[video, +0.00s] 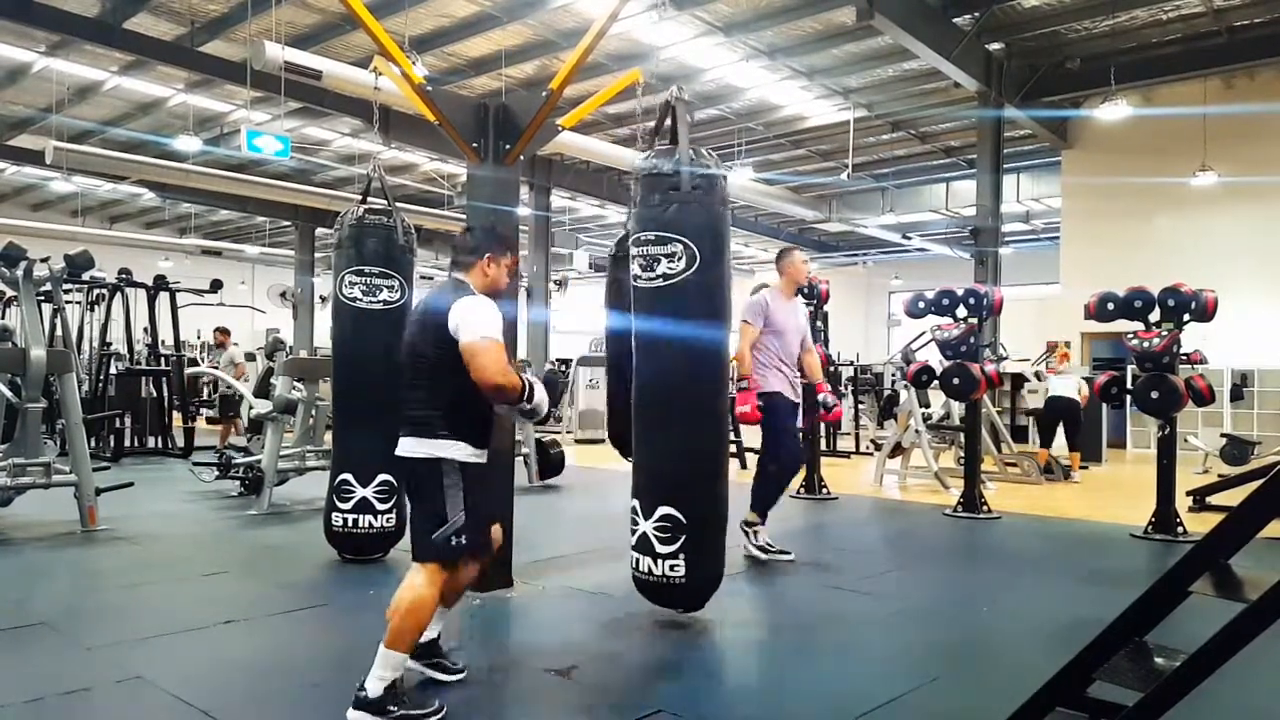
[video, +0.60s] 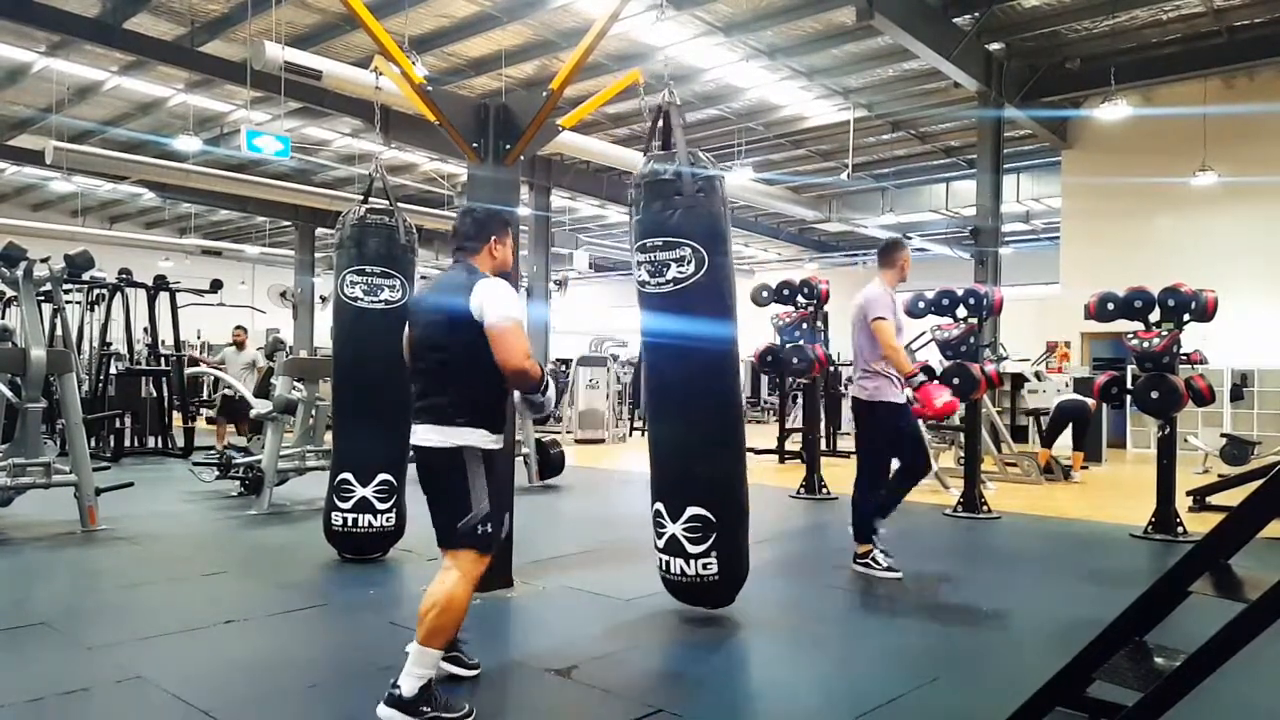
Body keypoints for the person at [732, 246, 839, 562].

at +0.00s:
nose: (809, 269)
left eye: (808, 264)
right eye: (804, 263)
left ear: (792, 270)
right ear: (785, 268)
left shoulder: (800, 308)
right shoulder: (761, 300)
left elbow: (808, 353)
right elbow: (744, 344)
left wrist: (822, 388)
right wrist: (745, 388)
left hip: (791, 390)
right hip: (768, 388)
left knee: (773, 458)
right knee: (791, 457)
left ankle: (757, 534)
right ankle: (752, 521)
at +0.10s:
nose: (825, 270)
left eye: (824, 264)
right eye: (821, 263)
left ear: (808, 268)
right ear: (806, 267)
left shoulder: (813, 308)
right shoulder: (778, 301)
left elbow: (817, 354)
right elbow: (753, 346)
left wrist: (834, 389)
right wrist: (751, 392)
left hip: (803, 394)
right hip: (783, 393)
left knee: (777, 462)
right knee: (806, 465)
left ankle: (757, 535)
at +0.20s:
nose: (842, 273)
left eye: (840, 267)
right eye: (838, 267)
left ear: (823, 270)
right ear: (825, 270)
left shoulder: (820, 308)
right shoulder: (794, 304)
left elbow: (824, 356)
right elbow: (767, 349)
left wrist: (839, 387)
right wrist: (765, 394)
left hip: (813, 401)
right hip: (798, 402)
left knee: (782, 467)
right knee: (820, 473)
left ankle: (758, 534)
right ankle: (848, 549)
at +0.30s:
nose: (864, 273)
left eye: (862, 267)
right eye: (861, 267)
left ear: (844, 270)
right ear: (848, 270)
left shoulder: (838, 306)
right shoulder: (815, 305)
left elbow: (836, 358)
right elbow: (793, 354)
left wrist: (850, 395)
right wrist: (791, 397)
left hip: (835, 402)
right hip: (824, 402)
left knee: (805, 469)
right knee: (843, 477)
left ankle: (765, 527)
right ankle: (861, 551)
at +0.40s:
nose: (879, 270)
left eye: (878, 265)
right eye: (877, 265)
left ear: (858, 267)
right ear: (865, 268)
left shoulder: (857, 304)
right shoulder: (835, 303)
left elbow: (856, 360)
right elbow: (822, 353)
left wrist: (867, 400)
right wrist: (825, 397)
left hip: (856, 398)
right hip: (843, 399)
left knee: (847, 471)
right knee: (855, 473)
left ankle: (790, 516)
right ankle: (861, 551)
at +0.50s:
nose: (893, 271)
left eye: (892, 265)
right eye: (891, 265)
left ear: (871, 265)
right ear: (881, 266)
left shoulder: (868, 302)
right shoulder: (855, 301)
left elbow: (865, 352)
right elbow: (854, 354)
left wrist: (879, 384)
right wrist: (869, 392)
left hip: (868, 397)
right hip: (852, 399)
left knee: (884, 468)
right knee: (860, 476)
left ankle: (824, 508)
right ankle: (862, 550)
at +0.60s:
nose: (909, 267)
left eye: (908, 261)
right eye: (909, 262)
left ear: (884, 262)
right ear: (902, 263)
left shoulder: (885, 297)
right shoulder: (876, 296)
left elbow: (890, 349)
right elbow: (889, 346)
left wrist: (913, 375)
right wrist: (916, 380)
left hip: (886, 397)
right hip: (876, 399)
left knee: (918, 464)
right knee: (870, 474)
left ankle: (870, 518)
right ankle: (863, 550)